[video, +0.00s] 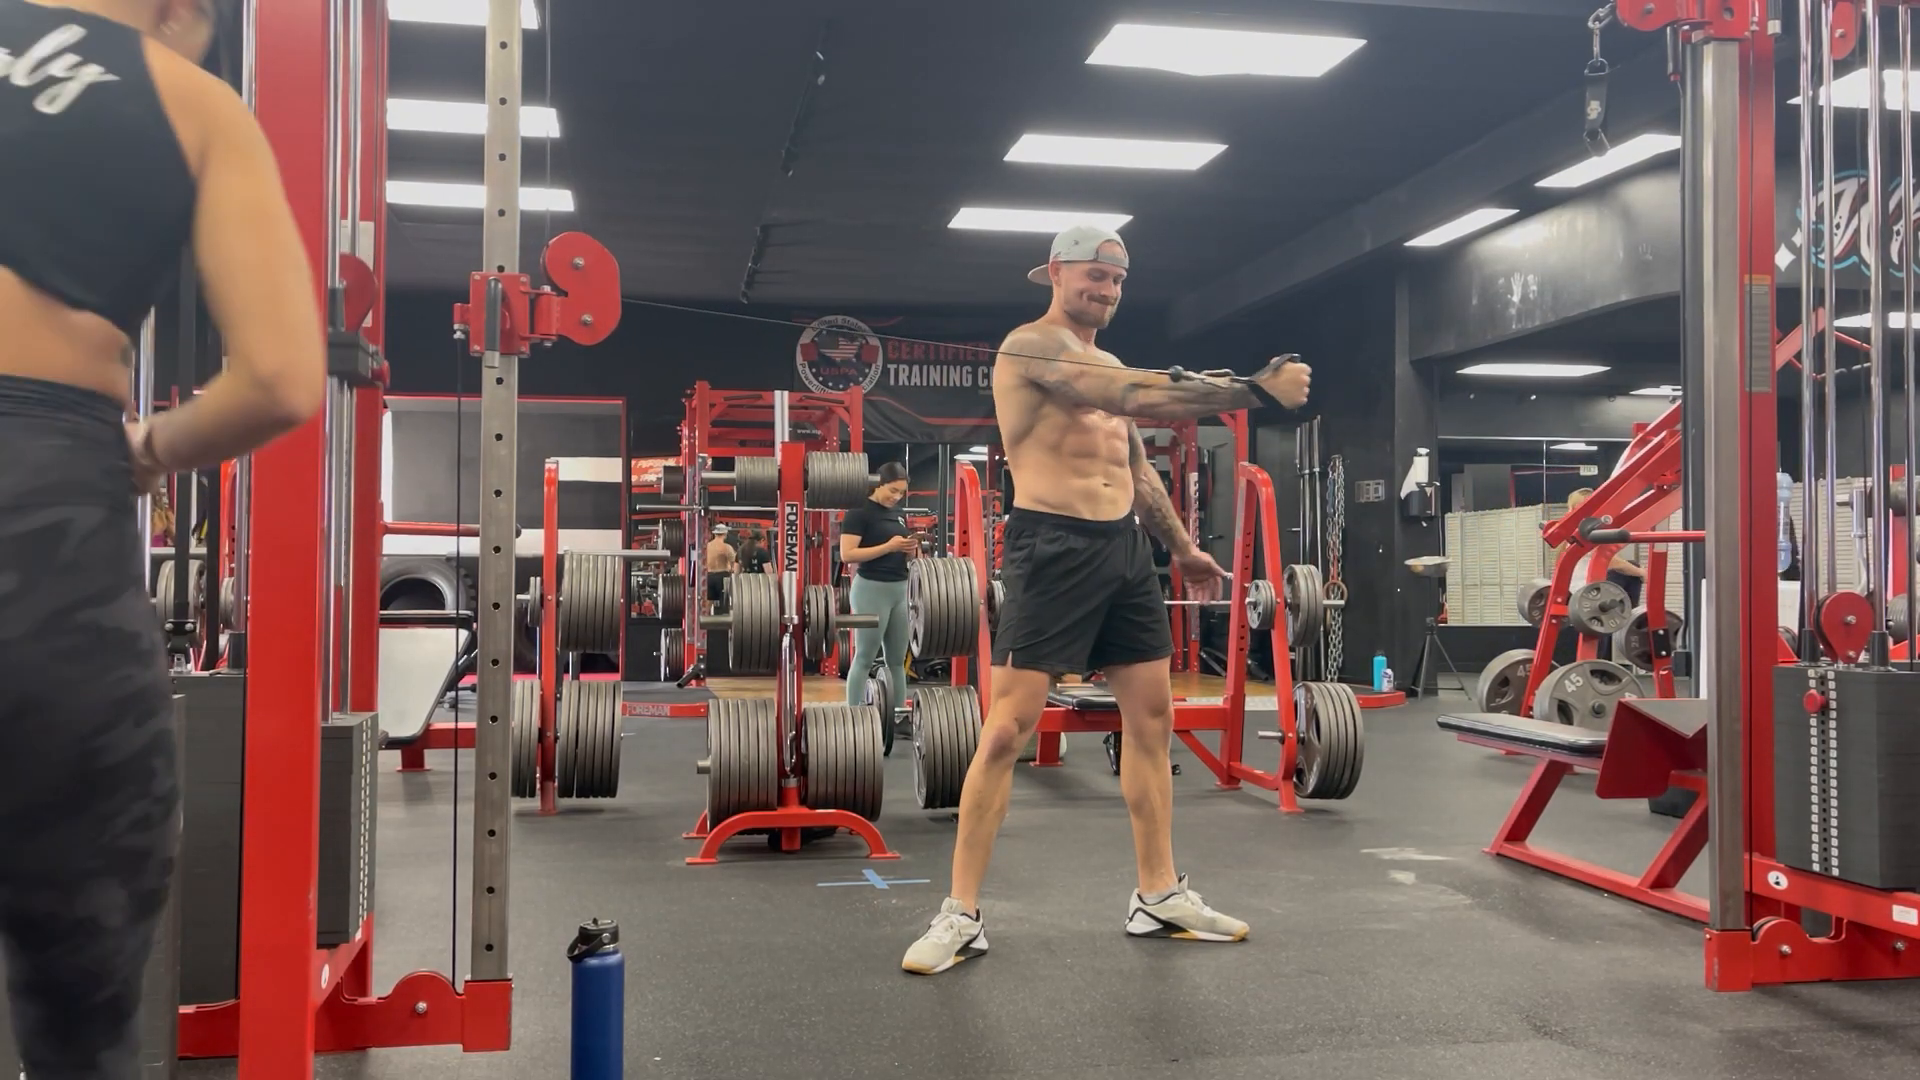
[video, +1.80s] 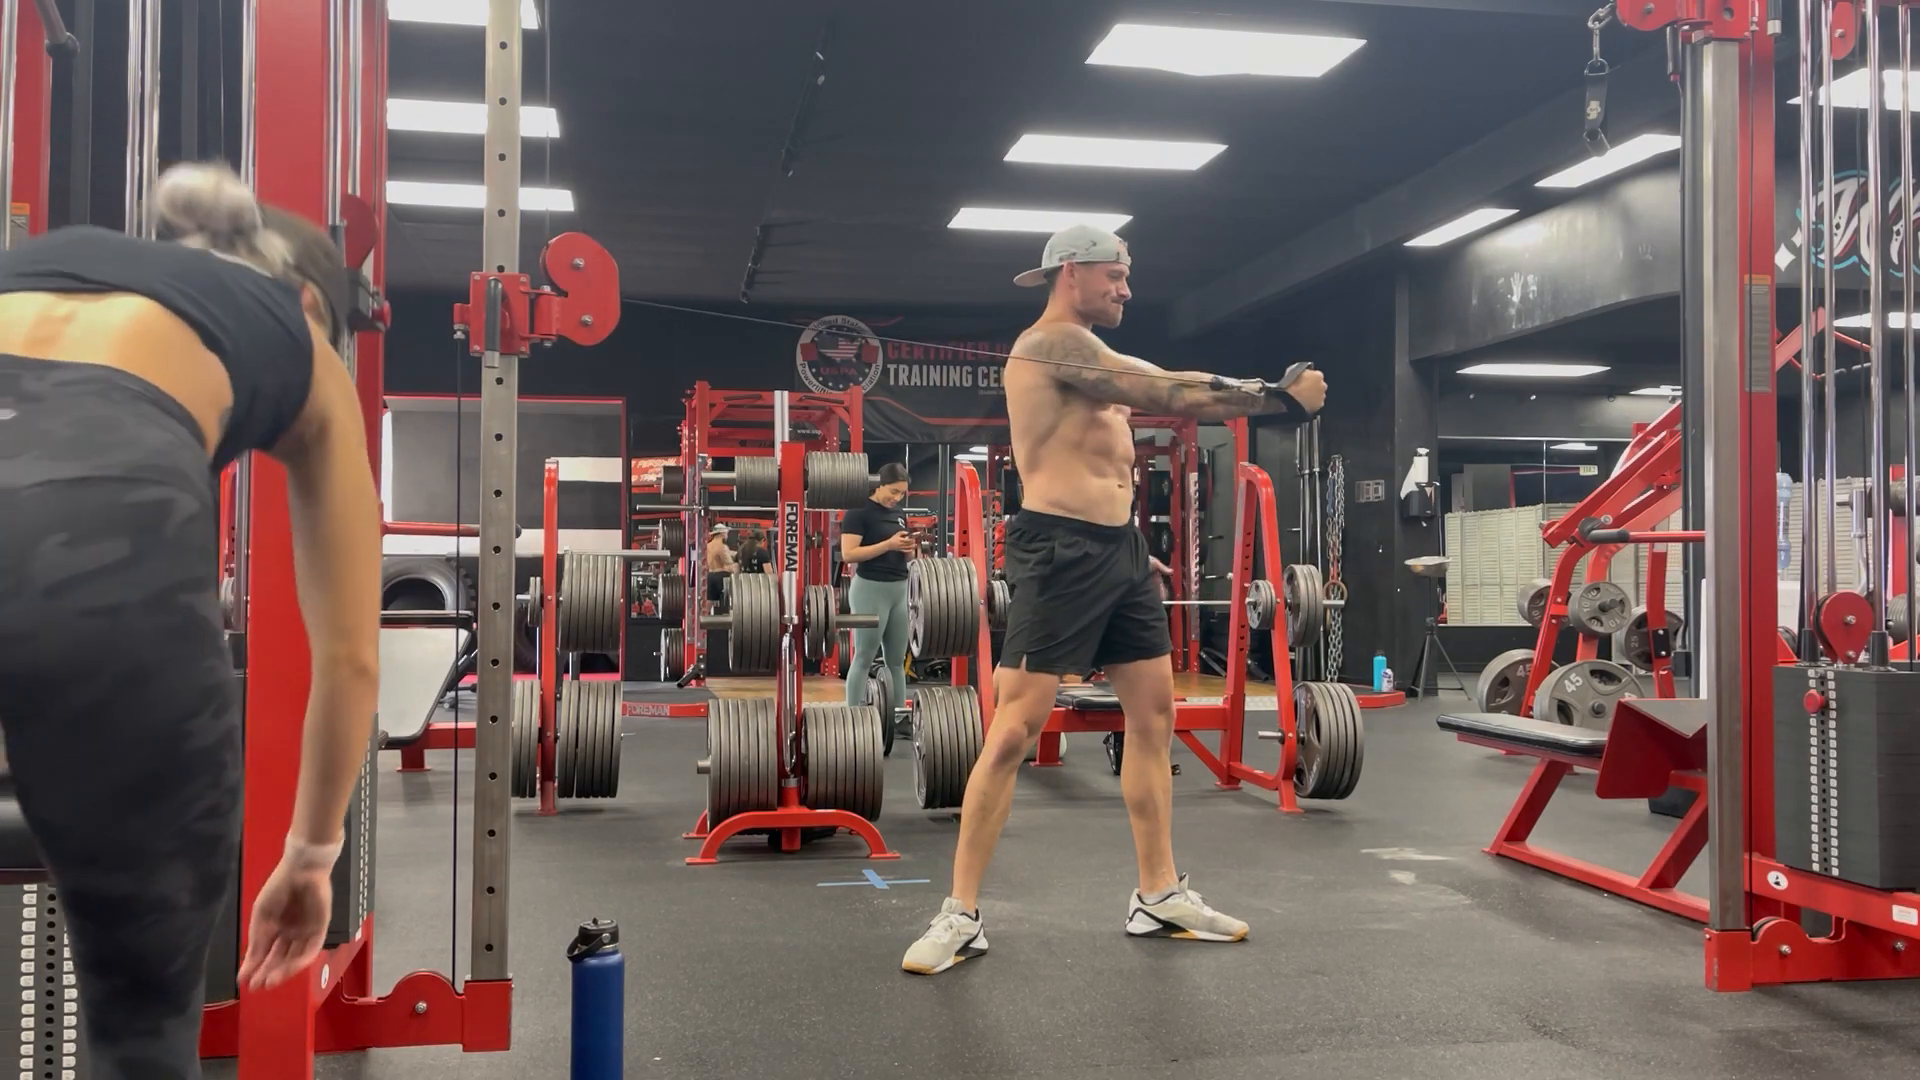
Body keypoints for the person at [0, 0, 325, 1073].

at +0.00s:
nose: (206, 40)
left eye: (207, 34)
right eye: (207, 30)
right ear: (172, 11)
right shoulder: (195, 104)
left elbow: (277, 381)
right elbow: (282, 382)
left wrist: (132, 447)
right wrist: (141, 445)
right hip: (43, 482)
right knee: (82, 1011)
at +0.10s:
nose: (254, 118)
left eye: (261, 107)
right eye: (259, 103)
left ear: (84, 22)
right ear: (232, 56)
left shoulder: (12, 51)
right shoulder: (247, 146)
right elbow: (332, 411)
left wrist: (170, 486)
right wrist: (180, 488)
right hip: (67, 482)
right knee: (101, 996)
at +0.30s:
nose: (320, 242)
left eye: (328, 228)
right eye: (326, 224)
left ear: (174, 134)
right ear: (299, 184)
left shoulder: (38, 148)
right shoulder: (306, 242)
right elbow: (390, 525)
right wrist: (241, 635)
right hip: (110, 510)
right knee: (128, 999)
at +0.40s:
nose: (336, 296)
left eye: (343, 286)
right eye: (341, 283)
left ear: (173, 191)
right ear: (313, 251)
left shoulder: (47, 206)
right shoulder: (322, 295)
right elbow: (403, 578)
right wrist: (266, 709)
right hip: (134, 506)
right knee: (140, 988)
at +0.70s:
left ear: (184, 295)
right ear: (287, 336)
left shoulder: (74, 311)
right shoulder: (313, 387)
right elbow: (369, 709)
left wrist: (18, 750)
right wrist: (284, 874)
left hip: (14, 472)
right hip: (194, 517)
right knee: (162, 991)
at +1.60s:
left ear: (196, 308)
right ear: (294, 355)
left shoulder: (71, 318)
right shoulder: (314, 410)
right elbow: (317, 737)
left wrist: (10, 758)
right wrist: (271, 930)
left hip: (5, 475)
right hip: (156, 527)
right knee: (163, 983)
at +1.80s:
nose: (329, 355)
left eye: (336, 339)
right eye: (331, 335)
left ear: (183, 245)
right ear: (304, 303)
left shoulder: (46, 264)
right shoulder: (302, 349)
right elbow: (347, 651)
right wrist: (311, 852)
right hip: (77, 529)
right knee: (141, 991)